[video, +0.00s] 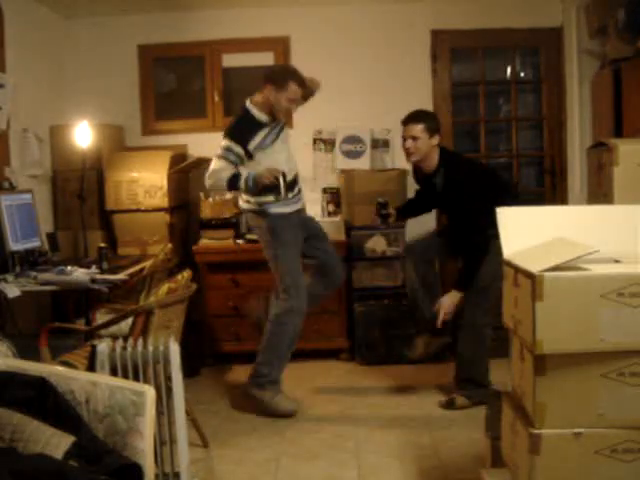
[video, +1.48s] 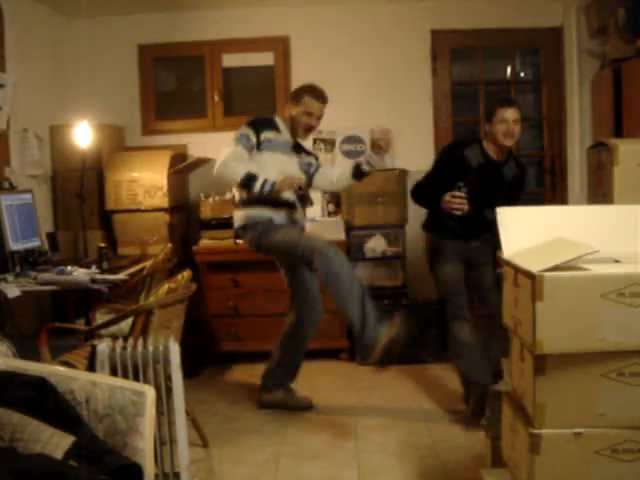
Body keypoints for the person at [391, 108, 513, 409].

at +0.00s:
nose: (406, 145)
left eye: (413, 139)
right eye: (404, 139)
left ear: (434, 139)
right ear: (403, 140)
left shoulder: (462, 173)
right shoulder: (421, 170)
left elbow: (478, 238)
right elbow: (430, 198)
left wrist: (459, 289)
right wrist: (397, 214)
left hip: (495, 235)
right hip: (461, 231)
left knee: (476, 307)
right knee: (416, 252)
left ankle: (474, 387)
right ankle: (431, 328)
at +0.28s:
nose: (431, 139)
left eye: (439, 132)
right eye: (428, 132)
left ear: (457, 134)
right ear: (425, 135)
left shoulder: (482, 173)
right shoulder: (426, 164)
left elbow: (488, 241)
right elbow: (419, 200)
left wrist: (471, 294)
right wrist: (392, 218)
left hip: (489, 251)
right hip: (457, 248)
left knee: (490, 320)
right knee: (436, 312)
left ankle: (496, 390)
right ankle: (432, 393)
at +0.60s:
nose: (434, 126)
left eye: (440, 119)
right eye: (428, 119)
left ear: (450, 121)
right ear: (417, 121)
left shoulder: (467, 148)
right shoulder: (404, 155)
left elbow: (505, 181)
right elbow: (390, 195)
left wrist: (526, 210)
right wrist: (387, 213)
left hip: (474, 230)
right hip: (433, 232)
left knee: (484, 293)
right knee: (430, 300)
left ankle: (503, 355)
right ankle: (429, 377)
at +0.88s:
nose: (453, 124)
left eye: (458, 117)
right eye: (445, 117)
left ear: (463, 118)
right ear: (429, 119)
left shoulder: (474, 148)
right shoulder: (407, 156)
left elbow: (494, 185)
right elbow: (381, 204)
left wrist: (494, 219)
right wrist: (394, 218)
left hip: (469, 231)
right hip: (429, 235)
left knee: (480, 288)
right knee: (435, 304)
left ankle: (484, 356)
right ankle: (428, 379)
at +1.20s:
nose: (493, 104)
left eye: (496, 98)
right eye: (486, 98)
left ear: (498, 102)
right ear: (465, 100)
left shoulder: (493, 138)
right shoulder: (435, 137)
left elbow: (493, 185)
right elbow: (407, 184)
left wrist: (493, 220)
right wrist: (430, 204)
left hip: (472, 224)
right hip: (434, 225)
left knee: (484, 291)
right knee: (437, 294)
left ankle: (479, 369)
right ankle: (423, 374)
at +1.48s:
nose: (511, 128)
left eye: (516, 122)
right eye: (504, 122)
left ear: (521, 128)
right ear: (488, 126)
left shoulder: (515, 169)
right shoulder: (459, 154)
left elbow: (512, 214)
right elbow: (420, 192)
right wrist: (440, 200)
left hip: (486, 245)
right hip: (448, 243)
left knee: (490, 313)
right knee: (459, 314)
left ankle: (490, 380)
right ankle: (476, 392)